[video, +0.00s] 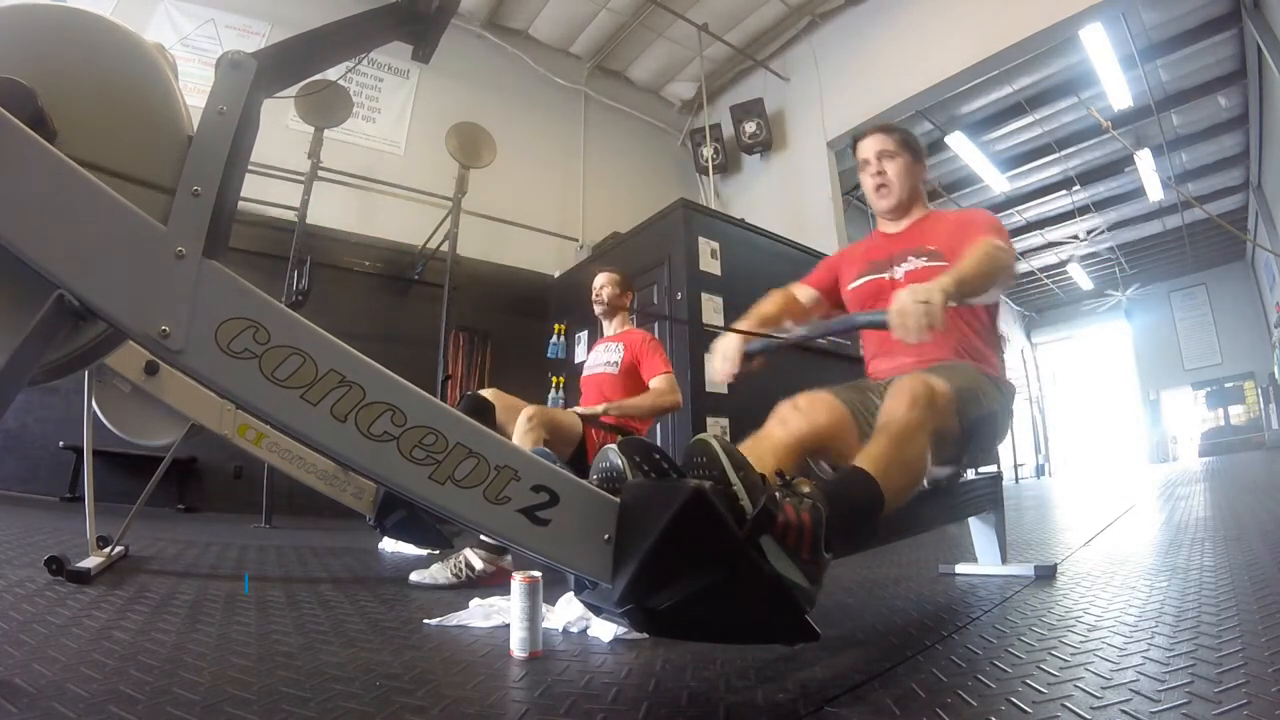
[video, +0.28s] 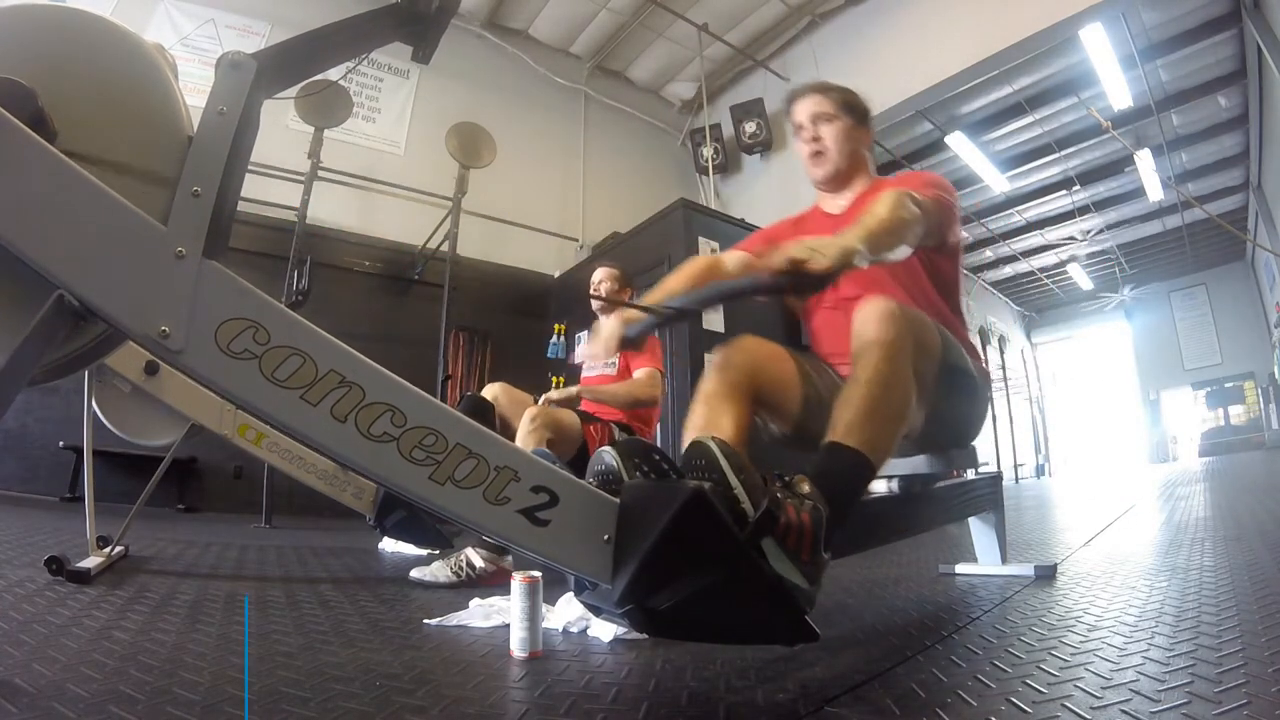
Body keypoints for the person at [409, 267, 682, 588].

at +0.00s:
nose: (596, 293)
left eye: (605, 287)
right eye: (594, 288)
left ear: (627, 297)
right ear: (592, 299)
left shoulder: (640, 340)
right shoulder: (598, 347)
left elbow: (670, 396)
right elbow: (600, 403)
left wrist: (605, 408)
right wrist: (570, 415)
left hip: (614, 442)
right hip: (579, 435)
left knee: (535, 417)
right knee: (485, 400)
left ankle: (490, 550)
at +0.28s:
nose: (597, 291)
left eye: (605, 284)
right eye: (594, 285)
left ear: (628, 294)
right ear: (590, 294)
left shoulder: (638, 328)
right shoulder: (595, 337)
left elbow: (650, 390)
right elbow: (593, 393)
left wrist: (579, 391)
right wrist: (562, 406)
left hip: (622, 435)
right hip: (582, 425)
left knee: (539, 418)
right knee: (496, 393)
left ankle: (492, 550)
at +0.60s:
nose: (578, 281)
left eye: (588, 275)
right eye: (579, 276)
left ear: (611, 285)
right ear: (573, 284)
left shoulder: (623, 326)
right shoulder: (583, 341)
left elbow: (617, 391)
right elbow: (573, 395)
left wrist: (554, 390)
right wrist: (526, 394)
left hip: (610, 428)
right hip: (573, 424)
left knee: (535, 413)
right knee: (477, 412)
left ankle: (500, 551)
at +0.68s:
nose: (571, 279)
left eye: (581, 273)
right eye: (572, 273)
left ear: (604, 284)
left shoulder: (616, 327)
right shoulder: (577, 339)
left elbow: (610, 388)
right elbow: (564, 392)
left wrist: (543, 388)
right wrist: (517, 391)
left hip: (608, 429)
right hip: (570, 424)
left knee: (531, 413)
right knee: (476, 412)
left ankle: (497, 552)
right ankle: (461, 531)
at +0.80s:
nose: (553, 277)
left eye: (563, 272)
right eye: (555, 272)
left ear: (586, 282)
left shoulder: (598, 321)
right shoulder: (561, 336)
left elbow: (586, 384)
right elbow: (541, 389)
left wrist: (514, 388)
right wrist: (490, 392)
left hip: (602, 428)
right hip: (562, 422)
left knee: (525, 413)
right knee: (479, 408)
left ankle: (496, 551)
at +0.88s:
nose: (545, 278)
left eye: (555, 273)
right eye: (548, 273)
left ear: (576, 280)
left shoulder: (594, 321)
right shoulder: (551, 341)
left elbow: (574, 385)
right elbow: (523, 388)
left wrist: (500, 392)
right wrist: (475, 394)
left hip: (601, 428)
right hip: (558, 422)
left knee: (520, 412)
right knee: (465, 407)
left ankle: (494, 551)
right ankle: (442, 529)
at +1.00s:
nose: (527, 292)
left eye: (533, 284)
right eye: (525, 285)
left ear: (554, 286)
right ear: (524, 292)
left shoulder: (579, 322)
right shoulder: (531, 342)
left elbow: (555, 390)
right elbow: (499, 395)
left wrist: (481, 401)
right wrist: (448, 404)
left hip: (590, 429)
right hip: (542, 425)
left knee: (509, 411)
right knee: (468, 409)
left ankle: (494, 550)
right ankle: (432, 535)